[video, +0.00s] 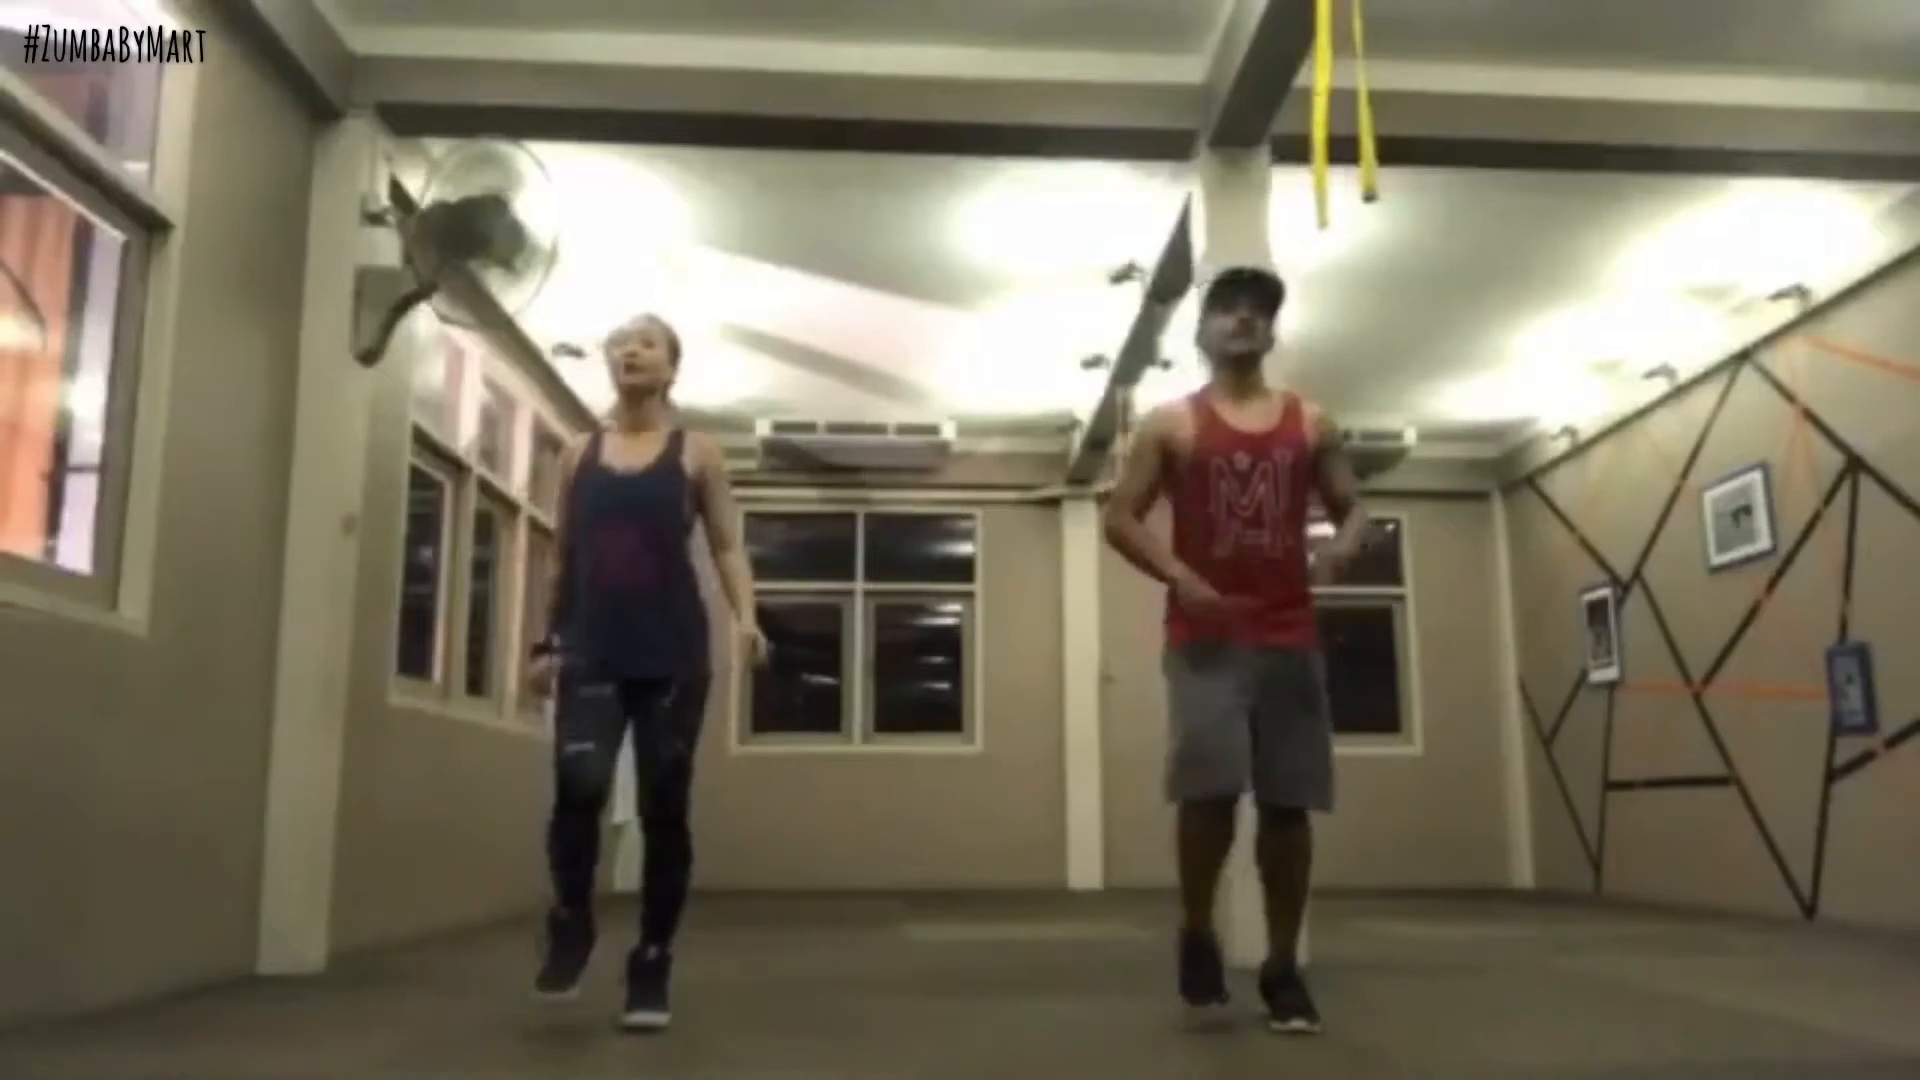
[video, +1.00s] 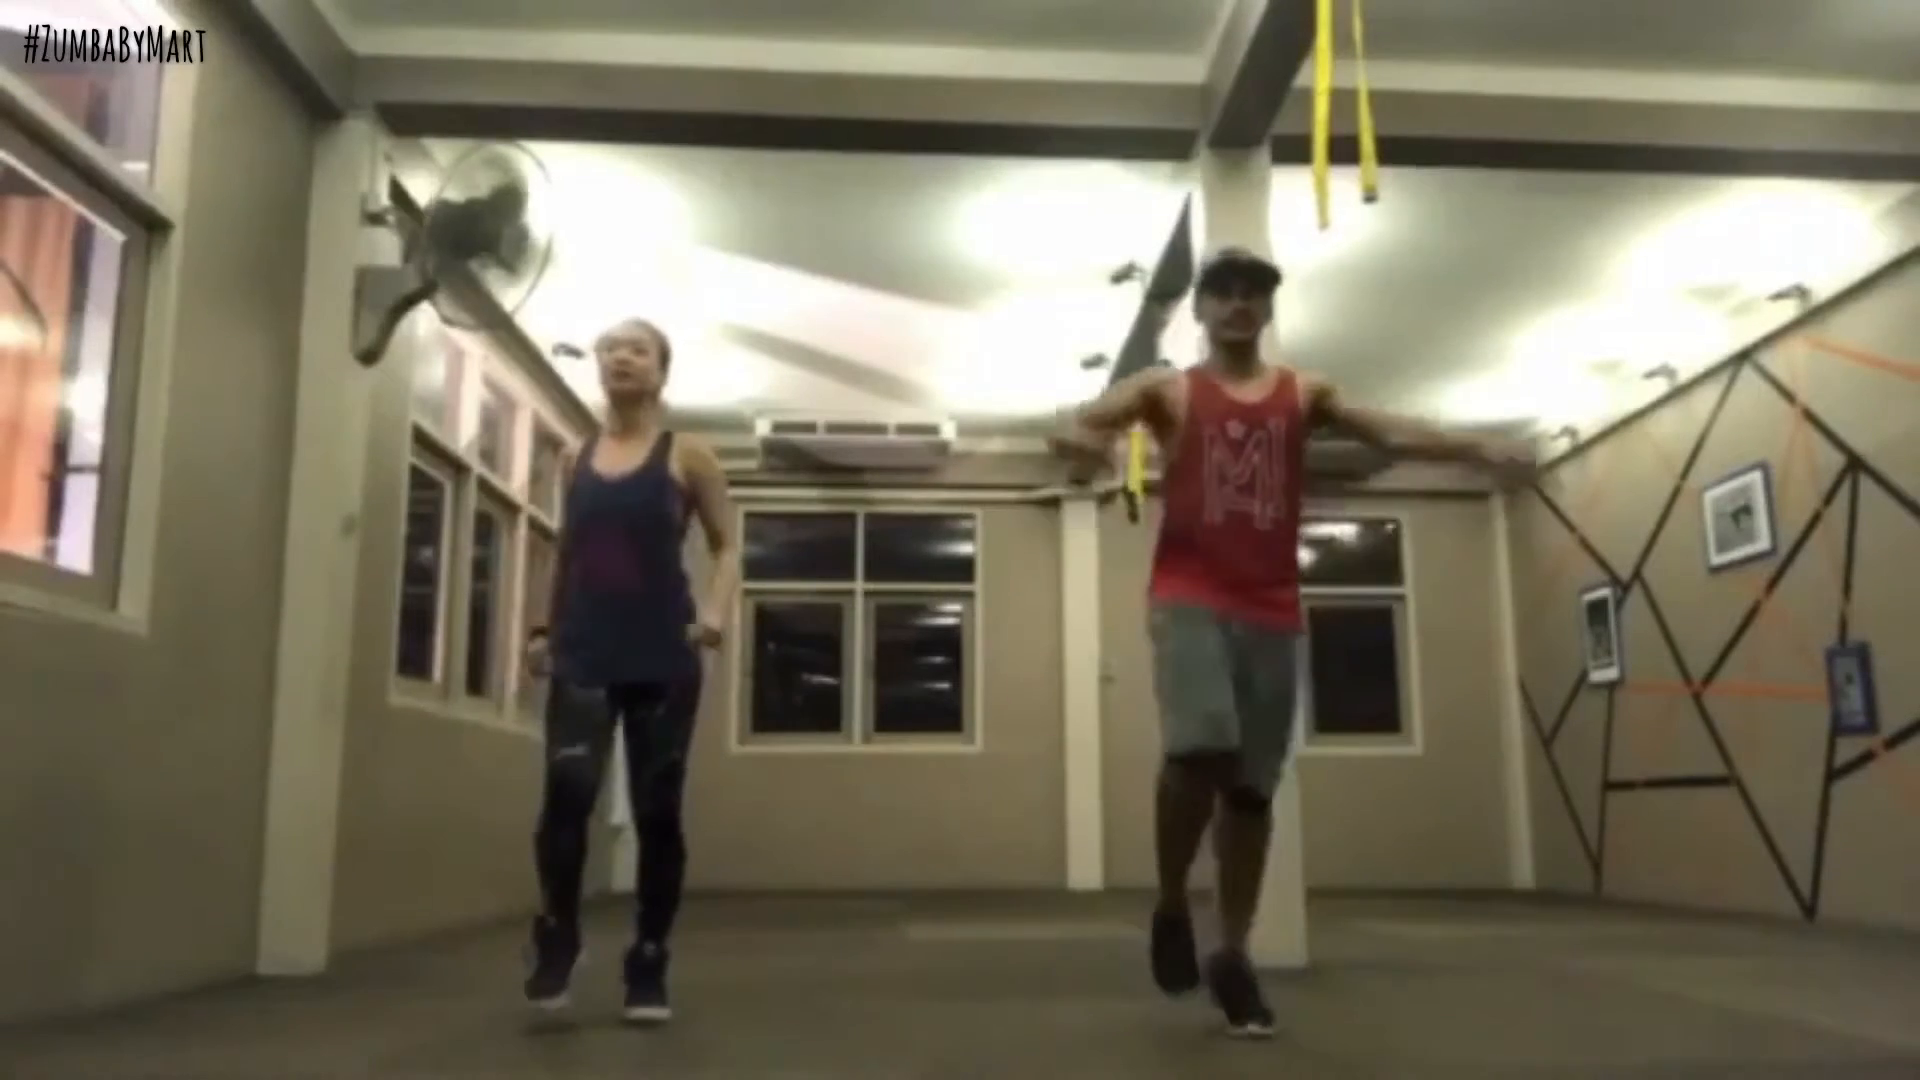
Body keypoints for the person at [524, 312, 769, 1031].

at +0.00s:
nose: (632, 355)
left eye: (647, 346)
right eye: (622, 345)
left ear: (673, 365)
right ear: (608, 364)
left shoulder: (697, 451)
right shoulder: (582, 452)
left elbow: (727, 544)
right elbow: (561, 553)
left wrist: (747, 617)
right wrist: (546, 640)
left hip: (672, 654)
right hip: (590, 652)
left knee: (663, 811)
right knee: (576, 795)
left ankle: (652, 966)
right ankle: (570, 927)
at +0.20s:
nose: (623, 351)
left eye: (639, 342)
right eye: (613, 342)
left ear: (664, 363)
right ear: (598, 362)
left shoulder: (687, 453)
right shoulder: (568, 456)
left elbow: (714, 547)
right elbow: (542, 554)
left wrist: (726, 618)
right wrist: (516, 638)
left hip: (659, 657)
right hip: (576, 657)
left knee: (647, 809)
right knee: (580, 813)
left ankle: (650, 967)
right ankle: (575, 967)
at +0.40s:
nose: (620, 357)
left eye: (636, 348)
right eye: (611, 347)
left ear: (659, 374)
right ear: (594, 366)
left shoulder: (681, 459)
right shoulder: (562, 454)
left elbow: (702, 561)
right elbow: (530, 548)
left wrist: (707, 653)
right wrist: (499, 627)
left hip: (655, 654)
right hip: (573, 653)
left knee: (638, 777)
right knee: (575, 812)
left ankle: (658, 925)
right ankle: (575, 963)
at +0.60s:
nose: (624, 364)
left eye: (640, 354)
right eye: (613, 353)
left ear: (663, 374)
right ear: (594, 370)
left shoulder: (685, 465)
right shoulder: (561, 461)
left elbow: (704, 570)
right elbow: (534, 556)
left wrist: (717, 660)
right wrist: (512, 640)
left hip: (657, 670)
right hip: (574, 667)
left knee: (639, 815)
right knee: (573, 822)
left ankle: (651, 963)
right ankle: (573, 968)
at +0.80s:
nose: (628, 360)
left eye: (643, 351)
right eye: (617, 350)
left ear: (668, 372)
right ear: (601, 370)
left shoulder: (694, 459)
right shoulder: (577, 461)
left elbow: (722, 559)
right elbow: (564, 558)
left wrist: (731, 648)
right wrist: (548, 635)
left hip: (665, 658)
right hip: (584, 656)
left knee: (656, 815)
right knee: (571, 809)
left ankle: (647, 963)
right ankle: (566, 960)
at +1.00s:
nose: (622, 359)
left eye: (637, 350)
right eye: (612, 349)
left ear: (662, 370)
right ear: (596, 368)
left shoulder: (688, 454)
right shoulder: (579, 457)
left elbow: (726, 543)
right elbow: (566, 550)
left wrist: (715, 614)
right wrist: (546, 629)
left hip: (660, 653)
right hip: (582, 652)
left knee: (656, 811)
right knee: (567, 795)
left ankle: (649, 962)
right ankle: (556, 942)